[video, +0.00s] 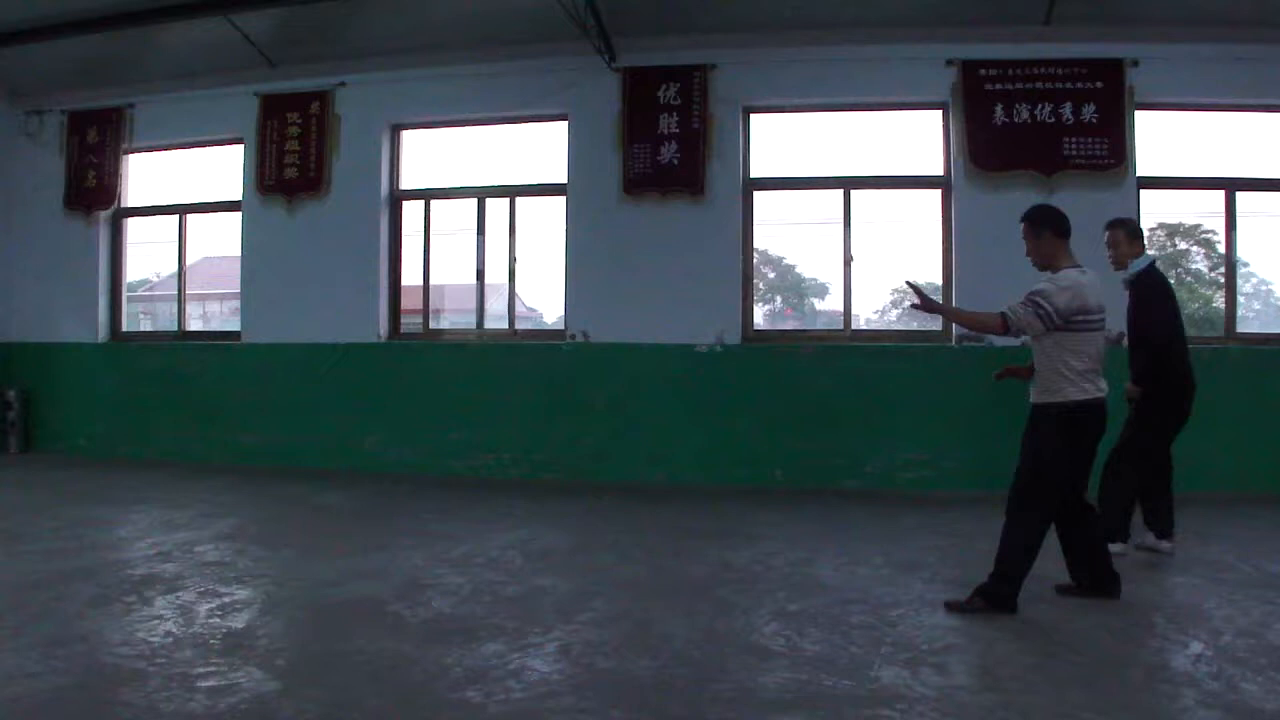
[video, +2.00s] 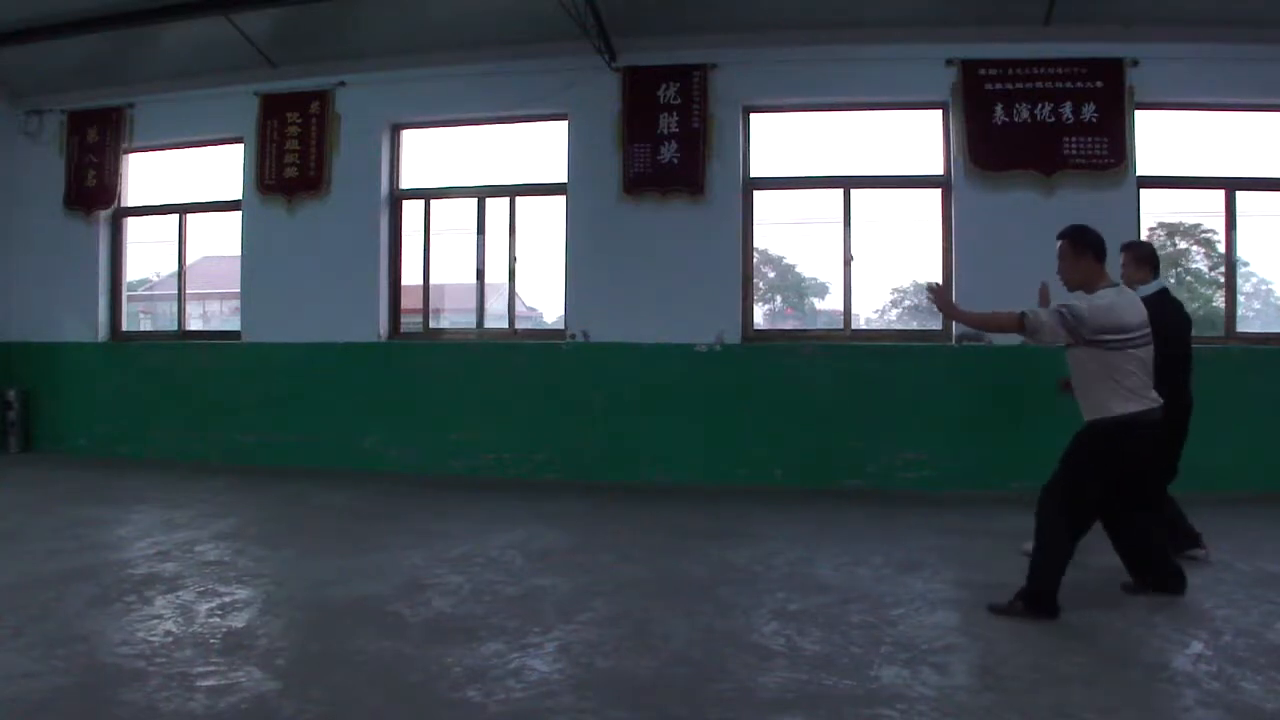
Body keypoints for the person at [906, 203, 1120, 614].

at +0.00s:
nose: (1026, 251)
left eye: (1029, 241)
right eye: (1025, 242)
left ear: (1049, 239)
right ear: (1062, 240)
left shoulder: (1058, 289)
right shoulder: (1088, 285)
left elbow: (1003, 324)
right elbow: (1083, 354)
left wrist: (941, 310)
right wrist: (1030, 370)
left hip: (1060, 413)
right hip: (1086, 409)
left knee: (1028, 502)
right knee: (1067, 496)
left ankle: (1000, 593)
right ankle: (1098, 580)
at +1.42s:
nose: (1071, 252)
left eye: (1077, 243)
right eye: (1072, 243)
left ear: (1100, 244)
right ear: (1109, 245)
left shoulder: (1100, 298)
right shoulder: (1139, 292)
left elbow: (1035, 323)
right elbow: (1129, 354)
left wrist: (969, 308)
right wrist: (1085, 379)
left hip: (1111, 420)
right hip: (1143, 415)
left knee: (1065, 499)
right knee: (1109, 500)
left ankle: (1043, 597)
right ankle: (1147, 583)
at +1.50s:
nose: (1069, 252)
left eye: (1074, 243)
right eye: (1069, 244)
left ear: (1097, 243)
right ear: (1106, 245)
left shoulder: (1096, 297)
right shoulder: (1139, 292)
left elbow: (1034, 323)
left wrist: (966, 308)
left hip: (1111, 419)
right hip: (1144, 413)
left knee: (1067, 500)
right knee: (1111, 500)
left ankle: (1044, 598)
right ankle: (1146, 583)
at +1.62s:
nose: (1062, 253)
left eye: (1067, 243)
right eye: (1062, 244)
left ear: (1089, 243)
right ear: (1102, 245)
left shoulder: (1086, 298)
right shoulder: (1136, 292)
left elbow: (1024, 323)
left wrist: (961, 307)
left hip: (1105, 420)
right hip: (1144, 413)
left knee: (1063, 501)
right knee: (1113, 500)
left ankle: (1043, 598)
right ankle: (1147, 582)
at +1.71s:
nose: (1053, 255)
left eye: (1057, 245)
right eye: (1052, 246)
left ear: (1079, 244)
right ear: (1093, 245)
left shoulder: (1073, 300)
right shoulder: (1132, 292)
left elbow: (1014, 323)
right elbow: (1149, 340)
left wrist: (957, 305)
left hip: (1098, 420)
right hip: (1140, 413)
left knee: (1057, 502)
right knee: (1113, 500)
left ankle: (1041, 598)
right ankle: (1147, 582)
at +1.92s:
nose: (1049, 266)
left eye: (1053, 257)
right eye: (1049, 258)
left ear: (1075, 255)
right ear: (1088, 257)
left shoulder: (1066, 310)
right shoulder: (1130, 301)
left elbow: (1010, 326)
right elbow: (1147, 352)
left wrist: (951, 310)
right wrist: (1084, 382)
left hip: (1099, 429)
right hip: (1142, 420)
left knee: (1048, 502)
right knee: (1105, 498)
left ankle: (1039, 599)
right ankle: (1157, 570)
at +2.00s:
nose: (1059, 269)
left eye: (1063, 259)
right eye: (1059, 260)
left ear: (1087, 260)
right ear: (1097, 261)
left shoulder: (1087, 310)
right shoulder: (1131, 302)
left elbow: (1020, 323)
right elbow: (1092, 337)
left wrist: (956, 313)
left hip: (1110, 431)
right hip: (1147, 423)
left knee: (1059, 505)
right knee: (1120, 504)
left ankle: (1039, 598)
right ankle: (1161, 576)